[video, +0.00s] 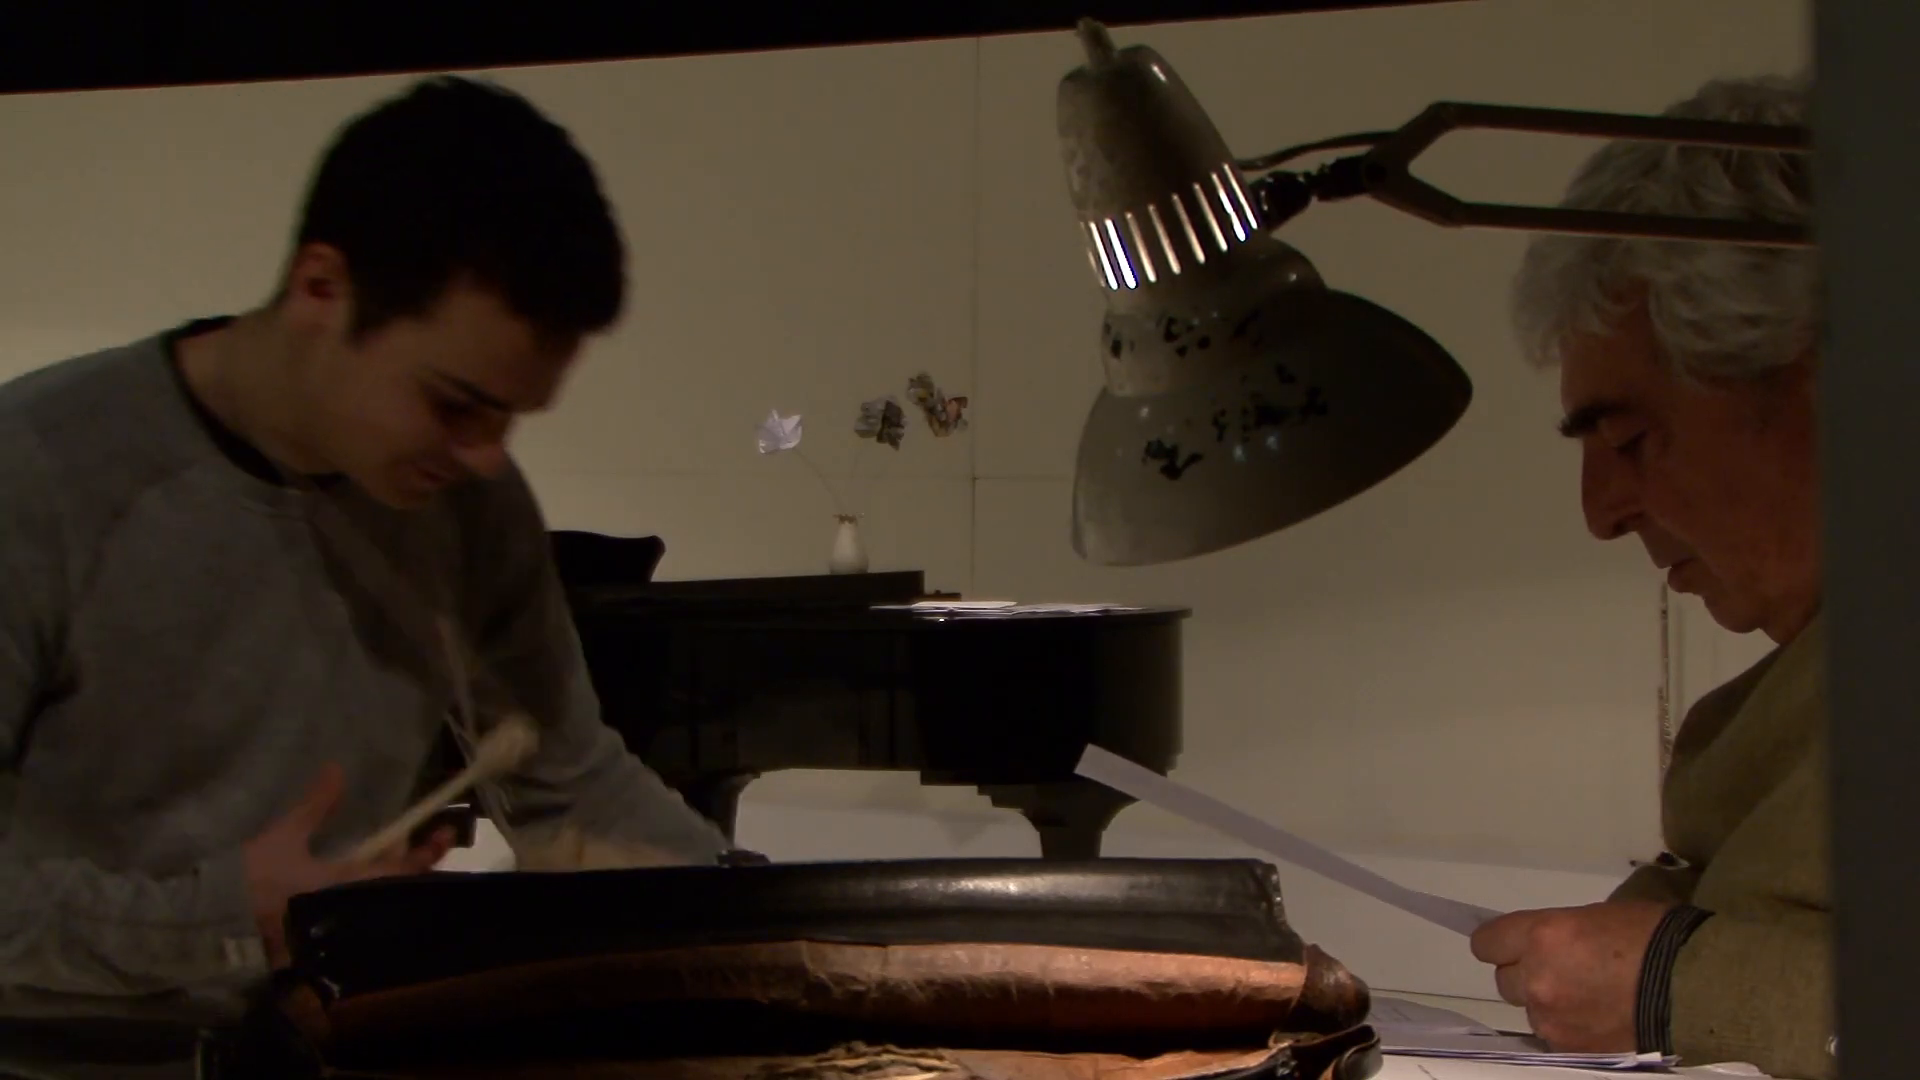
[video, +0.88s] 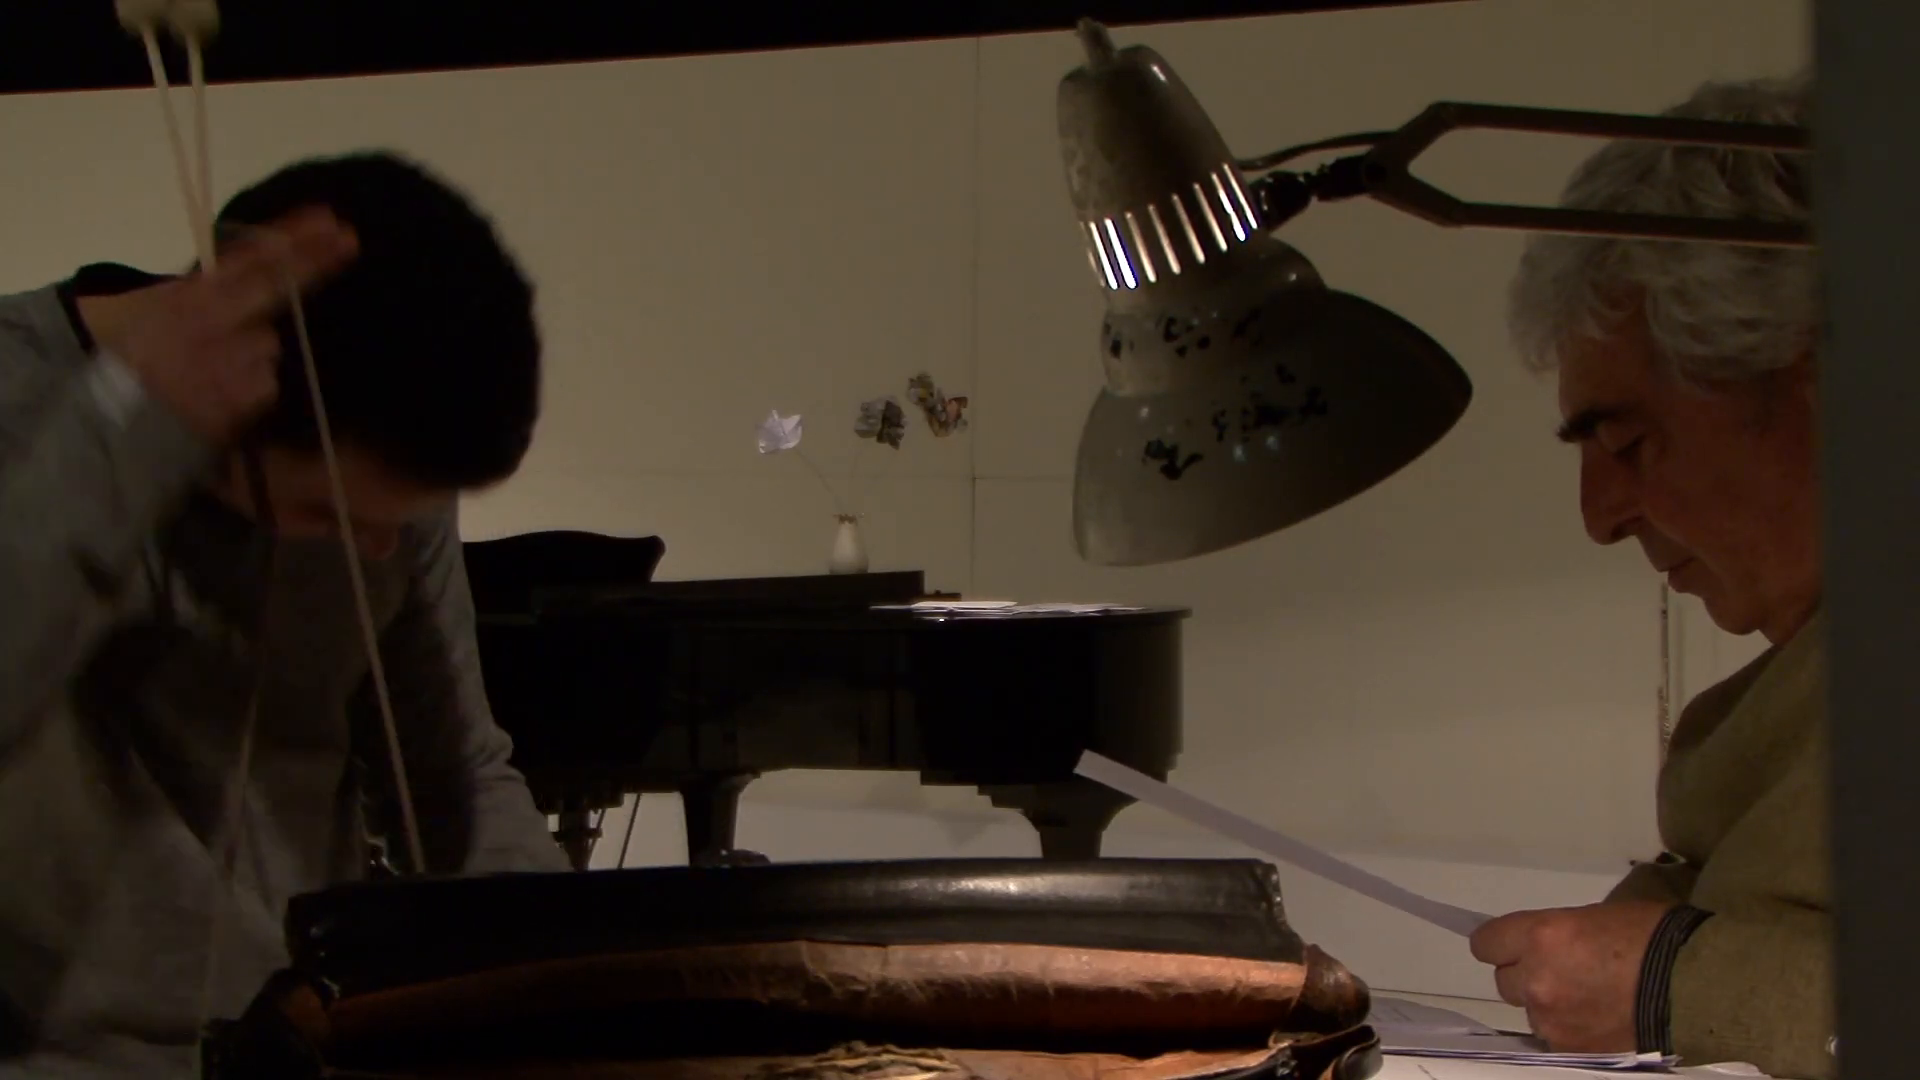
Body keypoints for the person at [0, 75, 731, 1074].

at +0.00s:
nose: (485, 459)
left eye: (513, 417)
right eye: (457, 405)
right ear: (319, 289)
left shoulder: (471, 498)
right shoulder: (33, 475)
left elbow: (570, 776)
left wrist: (753, 913)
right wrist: (221, 914)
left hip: (366, 1051)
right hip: (69, 1059)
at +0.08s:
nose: (540, 478)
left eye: (565, 437)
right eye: (510, 424)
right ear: (376, 307)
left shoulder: (514, 516)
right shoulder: (65, 472)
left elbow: (586, 820)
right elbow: (4, 854)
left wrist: (744, 948)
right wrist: (227, 888)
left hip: (364, 1050)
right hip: (72, 1055)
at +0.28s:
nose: (589, 491)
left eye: (622, 453)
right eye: (569, 433)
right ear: (442, 309)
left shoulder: (559, 530)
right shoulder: (101, 452)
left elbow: (572, 850)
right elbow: (1, 803)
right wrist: (239, 790)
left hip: (363, 1045)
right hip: (74, 1044)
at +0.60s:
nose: (500, 448)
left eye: (526, 406)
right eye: (476, 389)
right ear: (342, 263)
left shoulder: (463, 474)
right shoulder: (29, 438)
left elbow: (502, 811)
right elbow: (12, 858)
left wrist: (580, 990)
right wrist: (232, 699)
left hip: (384, 1018)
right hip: (98, 1039)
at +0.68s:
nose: (460, 450)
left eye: (491, 410)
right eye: (435, 395)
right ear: (301, 262)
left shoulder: (437, 458)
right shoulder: (25, 432)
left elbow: (485, 806)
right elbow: (11, 849)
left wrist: (549, 995)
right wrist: (214, 647)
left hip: (369, 1019)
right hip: (91, 1044)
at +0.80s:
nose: (399, 513)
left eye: (432, 474)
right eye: (368, 462)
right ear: (244, 316)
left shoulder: (409, 456)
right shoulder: (20, 408)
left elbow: (466, 790)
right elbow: (9, 801)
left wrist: (558, 977)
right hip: (101, 1044)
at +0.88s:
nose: (371, 553)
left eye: (398, 520)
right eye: (328, 512)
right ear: (233, 393)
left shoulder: (394, 465)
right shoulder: (29, 383)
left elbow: (463, 766)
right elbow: (12, 707)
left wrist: (547, 957)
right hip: (93, 1036)